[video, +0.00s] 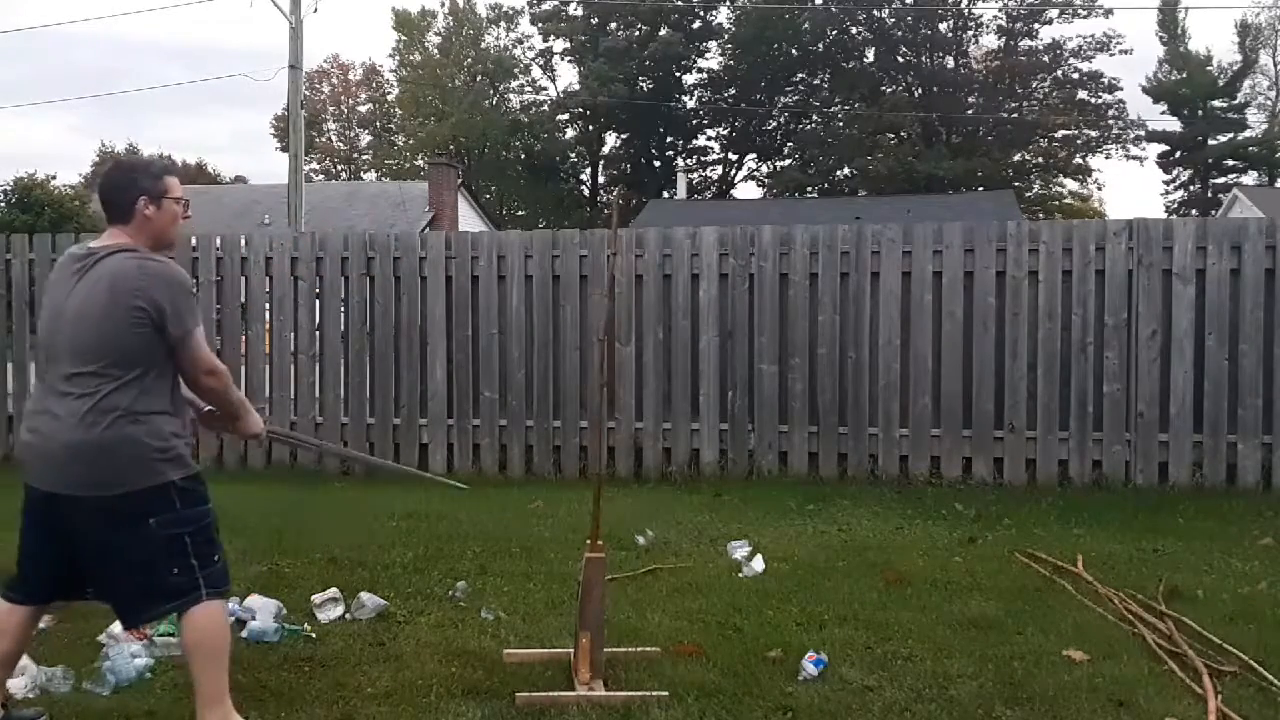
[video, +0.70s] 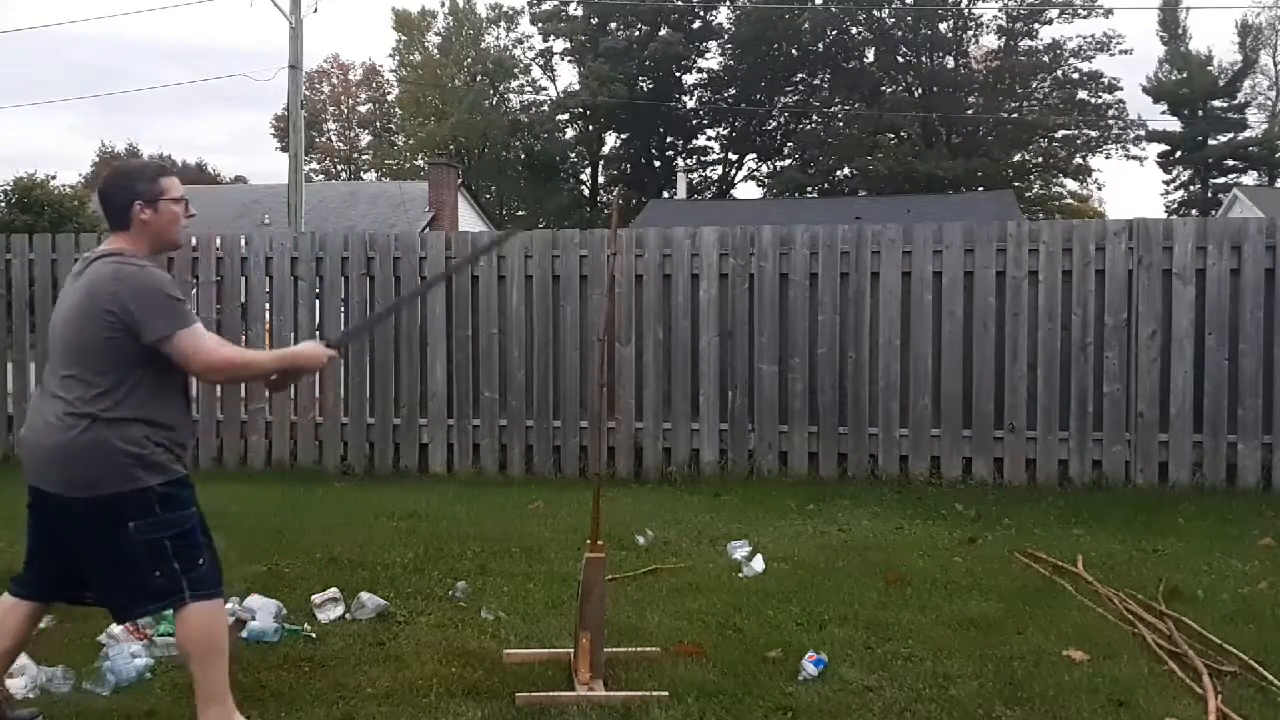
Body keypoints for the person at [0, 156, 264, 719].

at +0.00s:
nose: (186, 216)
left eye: (186, 204)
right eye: (179, 204)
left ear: (122, 211)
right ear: (144, 208)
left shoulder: (68, 264)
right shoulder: (162, 276)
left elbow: (104, 360)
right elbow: (203, 369)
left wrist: (178, 399)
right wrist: (243, 414)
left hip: (50, 453)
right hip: (138, 456)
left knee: (26, 591)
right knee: (201, 587)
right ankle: (216, 710)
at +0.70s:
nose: (187, 213)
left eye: (185, 202)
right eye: (178, 203)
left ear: (137, 213)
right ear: (141, 212)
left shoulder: (88, 272)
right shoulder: (142, 281)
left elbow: (187, 350)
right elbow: (210, 361)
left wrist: (265, 362)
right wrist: (293, 358)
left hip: (52, 457)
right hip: (125, 462)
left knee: (33, 585)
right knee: (198, 587)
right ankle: (217, 708)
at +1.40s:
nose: (200, 228)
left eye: (198, 217)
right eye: (191, 217)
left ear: (149, 226)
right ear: (153, 225)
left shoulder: (109, 273)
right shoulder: (146, 283)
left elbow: (239, 280)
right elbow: (249, 309)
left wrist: (318, 275)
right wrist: (327, 264)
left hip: (46, 463)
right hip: (120, 467)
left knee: (26, 591)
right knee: (204, 588)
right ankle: (203, 714)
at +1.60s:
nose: (188, 228)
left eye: (186, 218)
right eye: (179, 217)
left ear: (134, 224)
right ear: (140, 224)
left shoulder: (106, 274)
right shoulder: (118, 279)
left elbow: (210, 252)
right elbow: (224, 259)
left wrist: (271, 201)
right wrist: (268, 181)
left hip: (50, 466)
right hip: (115, 470)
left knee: (28, 587)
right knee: (197, 585)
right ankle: (203, 712)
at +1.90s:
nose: (175, 226)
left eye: (174, 213)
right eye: (167, 217)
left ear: (128, 226)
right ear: (131, 225)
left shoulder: (130, 277)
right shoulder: (98, 277)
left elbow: (214, 225)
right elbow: (186, 235)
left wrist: (229, 166)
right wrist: (196, 143)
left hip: (59, 466)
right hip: (113, 468)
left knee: (35, 589)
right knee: (199, 582)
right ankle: (203, 712)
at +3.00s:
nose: (178, 230)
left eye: (175, 219)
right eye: (167, 219)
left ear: (125, 226)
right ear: (126, 226)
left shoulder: (99, 276)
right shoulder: (116, 283)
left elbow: (219, 247)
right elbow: (229, 278)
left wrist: (247, 196)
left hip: (66, 470)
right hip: (135, 471)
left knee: (32, 590)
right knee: (214, 583)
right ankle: (206, 712)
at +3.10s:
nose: (177, 218)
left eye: (176, 208)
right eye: (167, 208)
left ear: (123, 217)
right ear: (127, 214)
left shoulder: (81, 265)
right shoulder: (139, 276)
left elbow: (219, 270)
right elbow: (244, 309)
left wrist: (311, 270)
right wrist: (319, 277)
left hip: (47, 459)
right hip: (130, 463)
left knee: (25, 583)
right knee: (196, 587)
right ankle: (204, 711)